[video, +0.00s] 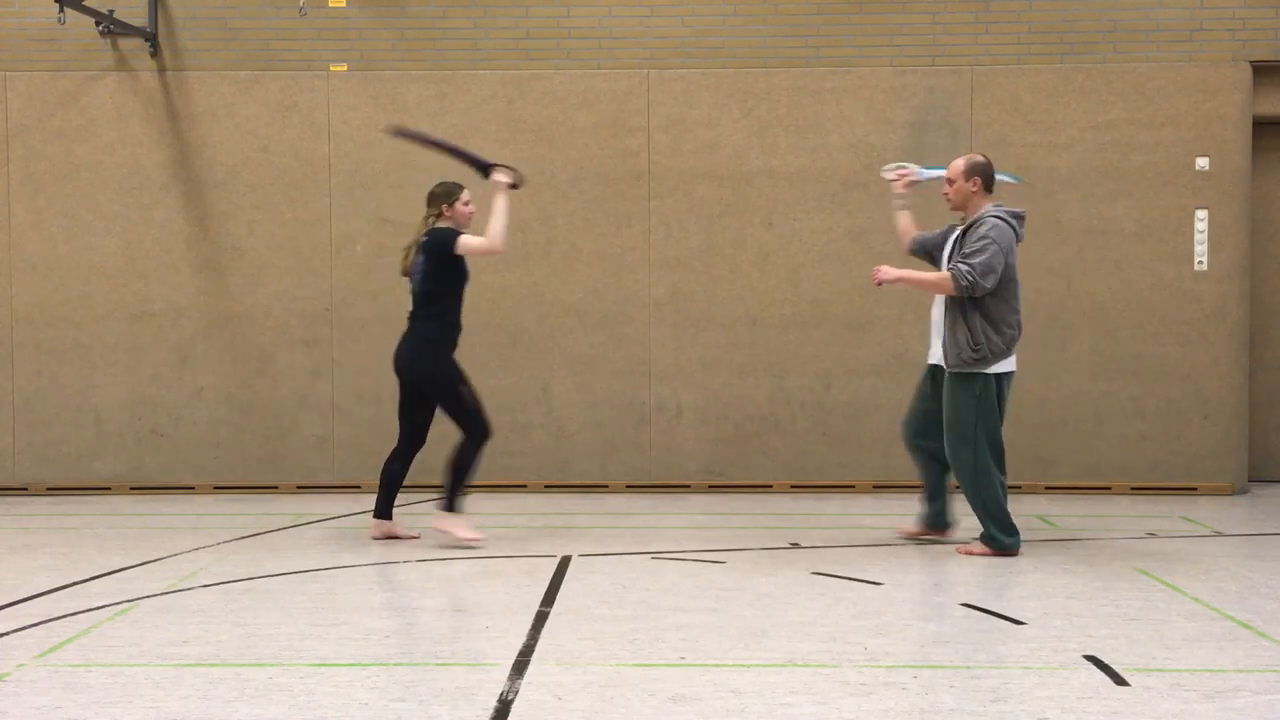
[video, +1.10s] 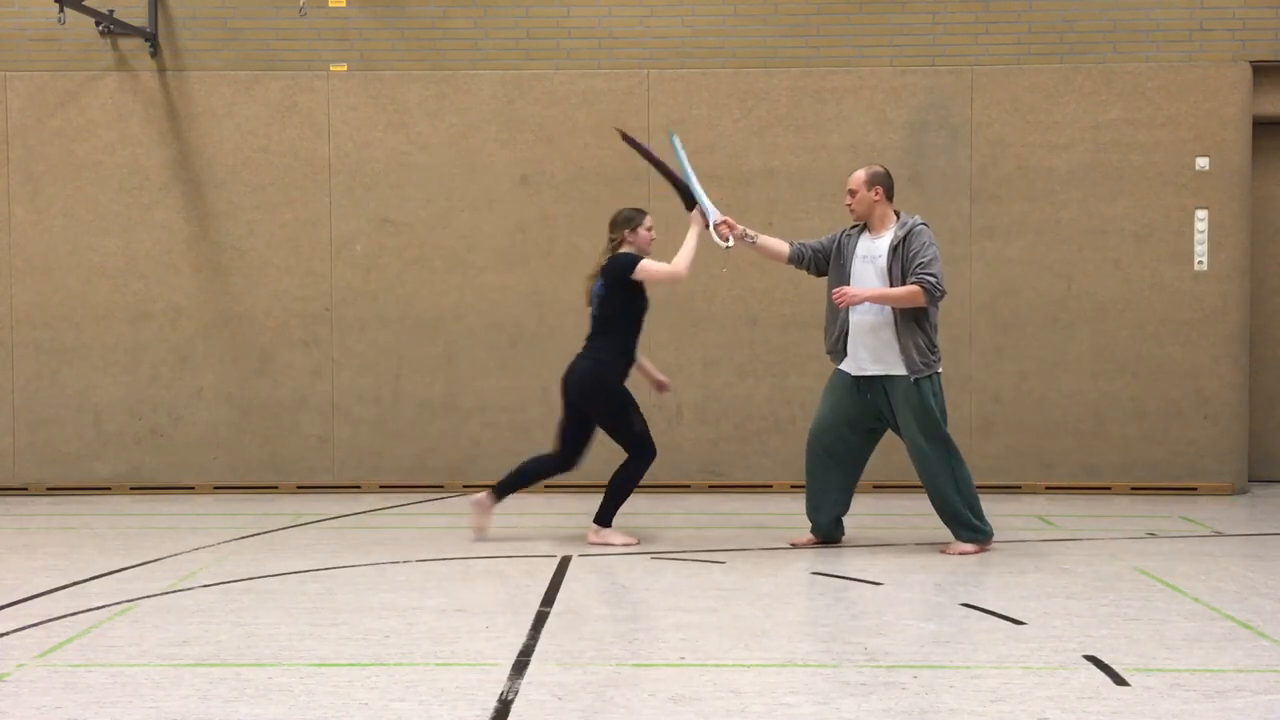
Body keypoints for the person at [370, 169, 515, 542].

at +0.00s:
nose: (472, 209)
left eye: (470, 203)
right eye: (466, 204)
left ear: (444, 210)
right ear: (446, 209)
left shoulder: (428, 241)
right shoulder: (442, 239)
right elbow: (493, 242)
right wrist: (500, 190)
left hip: (413, 354)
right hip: (430, 357)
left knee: (410, 440)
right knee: (477, 430)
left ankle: (381, 520)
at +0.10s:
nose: (500, 216)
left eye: (499, 210)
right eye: (495, 211)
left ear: (469, 218)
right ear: (476, 216)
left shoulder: (444, 256)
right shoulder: (484, 247)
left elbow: (437, 317)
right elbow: (540, 254)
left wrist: (451, 352)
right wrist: (558, 201)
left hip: (444, 360)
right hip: (477, 361)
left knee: (424, 442)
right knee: (525, 437)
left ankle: (388, 522)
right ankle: (562, 519)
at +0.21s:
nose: (527, 227)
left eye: (524, 221)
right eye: (520, 222)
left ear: (495, 231)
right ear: (502, 229)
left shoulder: (468, 269)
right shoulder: (513, 260)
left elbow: (460, 333)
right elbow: (576, 266)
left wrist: (465, 376)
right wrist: (603, 219)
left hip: (478, 375)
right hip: (515, 375)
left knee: (442, 450)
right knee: (567, 446)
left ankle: (393, 522)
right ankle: (599, 526)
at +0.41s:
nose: (574, 232)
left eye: (571, 226)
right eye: (567, 227)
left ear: (540, 235)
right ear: (548, 234)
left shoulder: (517, 273)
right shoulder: (561, 265)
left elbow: (498, 334)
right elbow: (621, 286)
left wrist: (492, 377)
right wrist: (653, 248)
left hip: (519, 380)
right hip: (558, 379)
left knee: (480, 455)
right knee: (607, 444)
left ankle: (428, 528)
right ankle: (604, 529)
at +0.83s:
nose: (604, 234)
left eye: (603, 227)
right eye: (599, 228)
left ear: (574, 233)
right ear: (581, 232)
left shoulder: (549, 267)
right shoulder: (581, 267)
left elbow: (541, 321)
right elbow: (638, 293)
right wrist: (665, 247)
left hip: (525, 373)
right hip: (557, 377)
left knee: (492, 451)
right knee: (616, 442)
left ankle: (445, 529)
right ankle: (601, 528)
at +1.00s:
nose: (632, 241)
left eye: (631, 235)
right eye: (627, 236)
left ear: (604, 242)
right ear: (607, 242)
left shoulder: (585, 277)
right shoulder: (605, 273)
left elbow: (580, 337)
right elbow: (662, 288)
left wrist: (610, 372)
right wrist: (683, 241)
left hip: (555, 381)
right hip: (578, 385)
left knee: (518, 455)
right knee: (634, 448)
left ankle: (451, 518)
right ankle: (601, 527)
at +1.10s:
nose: (653, 235)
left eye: (653, 230)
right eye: (648, 230)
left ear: (627, 236)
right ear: (629, 234)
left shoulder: (613, 269)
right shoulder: (624, 264)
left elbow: (614, 337)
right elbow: (677, 271)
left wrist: (651, 374)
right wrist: (696, 228)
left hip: (582, 378)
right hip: (600, 381)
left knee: (566, 458)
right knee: (643, 452)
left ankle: (489, 499)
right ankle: (601, 528)